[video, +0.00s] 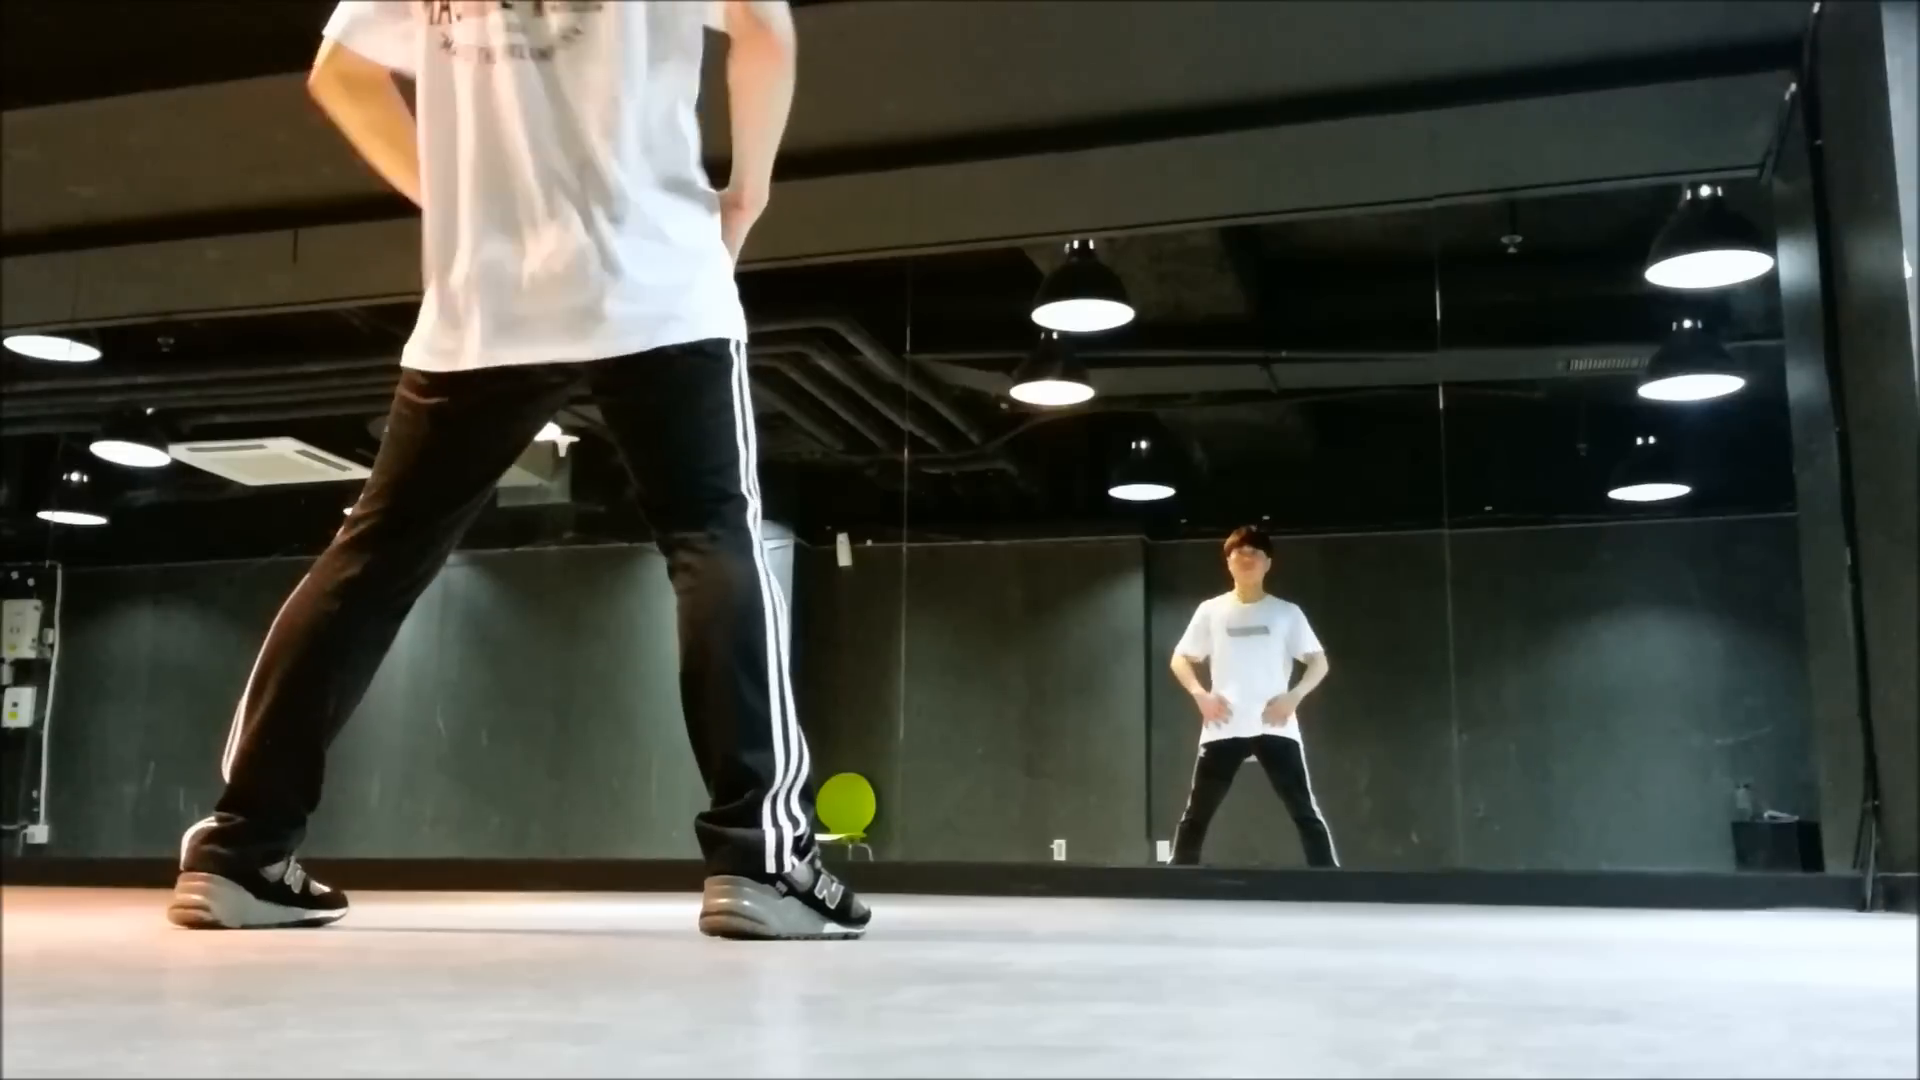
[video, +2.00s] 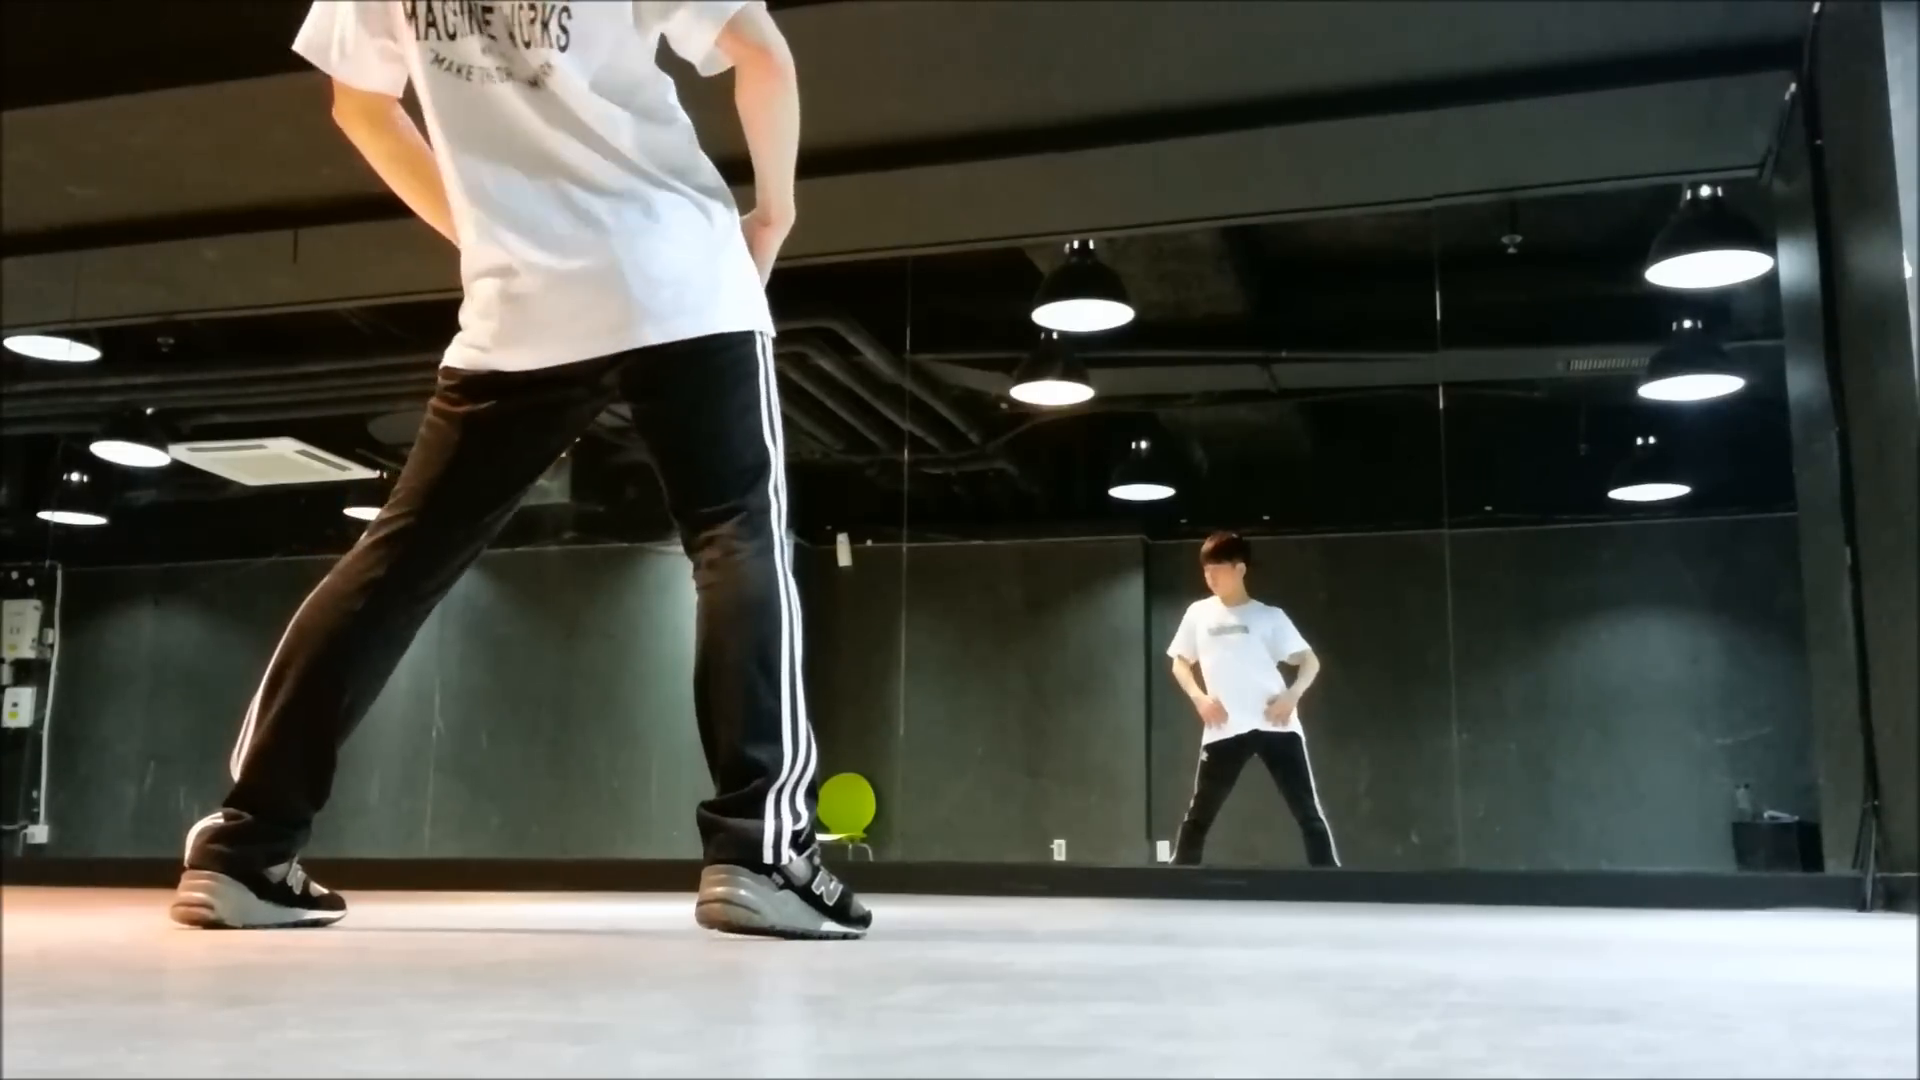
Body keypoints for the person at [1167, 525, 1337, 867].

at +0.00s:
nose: (1247, 559)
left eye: (1255, 553)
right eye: (1240, 553)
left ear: (1268, 563)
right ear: (1229, 562)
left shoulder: (1288, 613)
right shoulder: (1210, 611)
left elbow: (1319, 664)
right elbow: (1179, 660)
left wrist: (1292, 698)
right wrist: (1201, 696)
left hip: (1276, 731)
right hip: (1223, 731)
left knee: (1305, 813)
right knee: (1196, 815)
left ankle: (1331, 889)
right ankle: (1177, 890)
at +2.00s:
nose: (1210, 576)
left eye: (1217, 567)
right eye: (1206, 568)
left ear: (1240, 568)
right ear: (1203, 572)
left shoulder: (1271, 617)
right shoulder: (1198, 614)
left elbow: (1311, 662)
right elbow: (1179, 663)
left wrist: (1292, 696)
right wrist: (1201, 699)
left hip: (1277, 730)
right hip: (1224, 732)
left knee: (1309, 814)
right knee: (1199, 816)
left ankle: (1333, 888)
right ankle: (1178, 890)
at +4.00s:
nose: (1245, 558)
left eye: (1253, 552)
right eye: (1238, 552)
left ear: (1266, 562)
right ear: (1227, 560)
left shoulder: (1285, 611)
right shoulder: (1208, 609)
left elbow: (1316, 661)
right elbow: (1185, 661)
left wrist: (1294, 697)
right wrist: (1202, 696)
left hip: (1276, 730)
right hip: (1224, 730)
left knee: (1306, 812)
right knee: (1197, 815)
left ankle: (1332, 888)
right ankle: (1178, 889)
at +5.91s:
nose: (1224, 565)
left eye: (1231, 558)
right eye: (1217, 563)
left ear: (1250, 565)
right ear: (1214, 577)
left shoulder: (1288, 611)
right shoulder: (1208, 619)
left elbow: (1324, 656)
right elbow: (1176, 665)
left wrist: (1304, 700)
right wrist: (1199, 707)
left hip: (1283, 736)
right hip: (1229, 738)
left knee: (1311, 815)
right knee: (1194, 812)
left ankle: (1343, 889)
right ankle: (1163, 884)